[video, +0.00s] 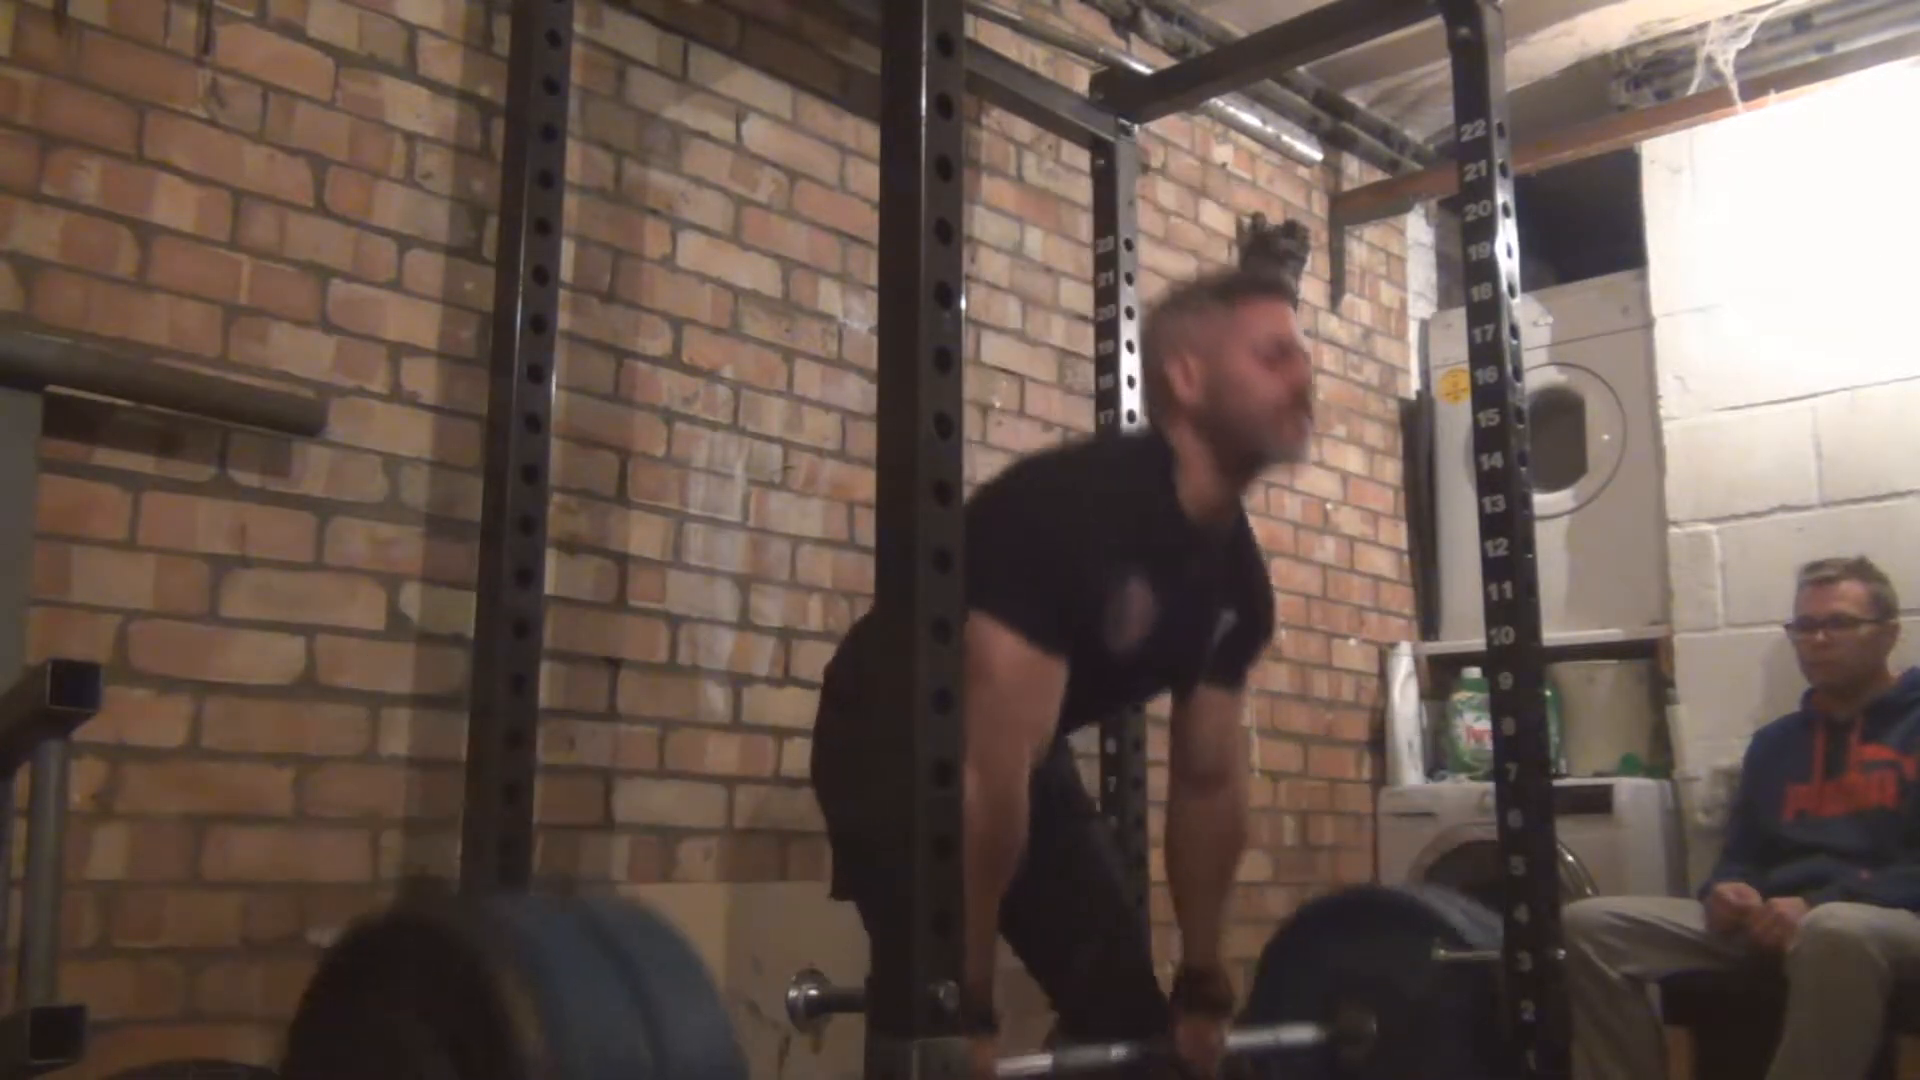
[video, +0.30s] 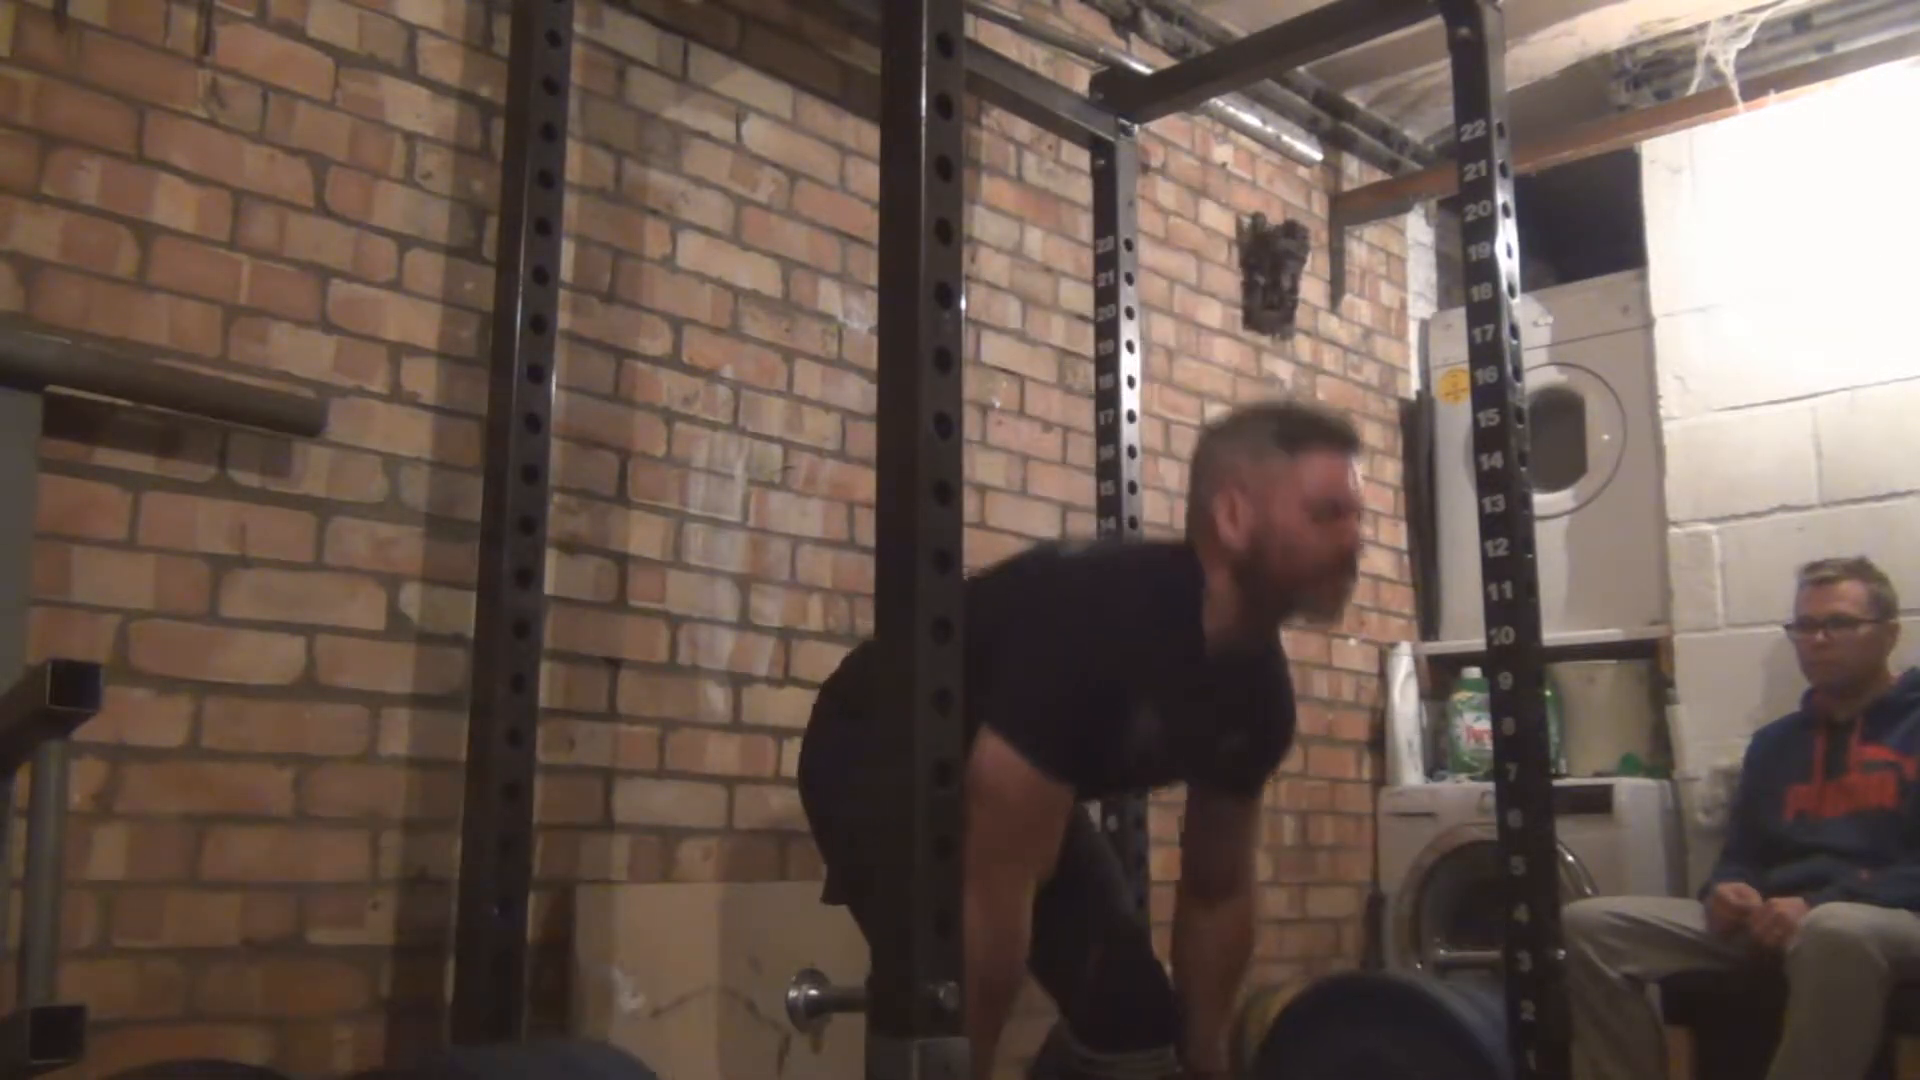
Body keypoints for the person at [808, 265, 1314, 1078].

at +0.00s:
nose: (1307, 380)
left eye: (1302, 355)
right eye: (1275, 355)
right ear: (1184, 377)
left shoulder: (1233, 580)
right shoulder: (1066, 507)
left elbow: (1210, 783)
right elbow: (994, 773)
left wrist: (1203, 980)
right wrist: (971, 1014)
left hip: (1017, 750)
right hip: (890, 729)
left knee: (1122, 1004)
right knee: (928, 1006)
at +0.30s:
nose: (1356, 541)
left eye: (1355, 516)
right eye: (1329, 515)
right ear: (1234, 515)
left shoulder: (1254, 697)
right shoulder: (1087, 622)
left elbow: (1217, 893)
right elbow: (997, 891)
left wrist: (1208, 1061)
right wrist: (962, 1064)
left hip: (1023, 781)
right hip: (875, 760)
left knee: (1134, 1021)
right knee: (942, 1011)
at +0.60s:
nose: (1362, 571)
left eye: (1361, 545)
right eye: (1335, 544)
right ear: (1236, 540)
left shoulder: (1255, 719)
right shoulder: (1088, 645)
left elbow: (1217, 909)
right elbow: (995, 919)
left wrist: (1211, 1067)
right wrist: (960, 1068)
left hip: (1013, 789)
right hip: (868, 767)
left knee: (1139, 1025)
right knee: (937, 1008)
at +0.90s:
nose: (1330, 512)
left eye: (1329, 489)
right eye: (1303, 485)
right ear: (1207, 490)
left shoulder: (1241, 676)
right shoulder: (1075, 599)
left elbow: (1210, 870)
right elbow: (985, 865)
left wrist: (1205, 1054)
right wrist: (968, 1063)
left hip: (1010, 778)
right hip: (871, 761)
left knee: (1134, 1021)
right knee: (936, 1007)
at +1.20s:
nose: (1289, 394)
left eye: (1288, 370)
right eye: (1259, 368)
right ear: (1167, 383)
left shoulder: (1219, 588)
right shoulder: (1052, 507)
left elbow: (1202, 779)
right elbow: (976, 756)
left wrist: (1205, 978)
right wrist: (969, 985)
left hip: (1001, 735)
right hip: (876, 715)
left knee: (1107, 972)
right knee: (923, 1008)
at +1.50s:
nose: (1191, 216)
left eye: (1188, 197)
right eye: (1161, 196)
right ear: (1083, 224)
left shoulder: (1186, 432)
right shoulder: (1018, 370)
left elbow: (1178, 630)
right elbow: (956, 597)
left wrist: (1191, 812)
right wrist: (958, 815)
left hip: (1056, 697)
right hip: (942, 687)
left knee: (1123, 1004)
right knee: (942, 1014)